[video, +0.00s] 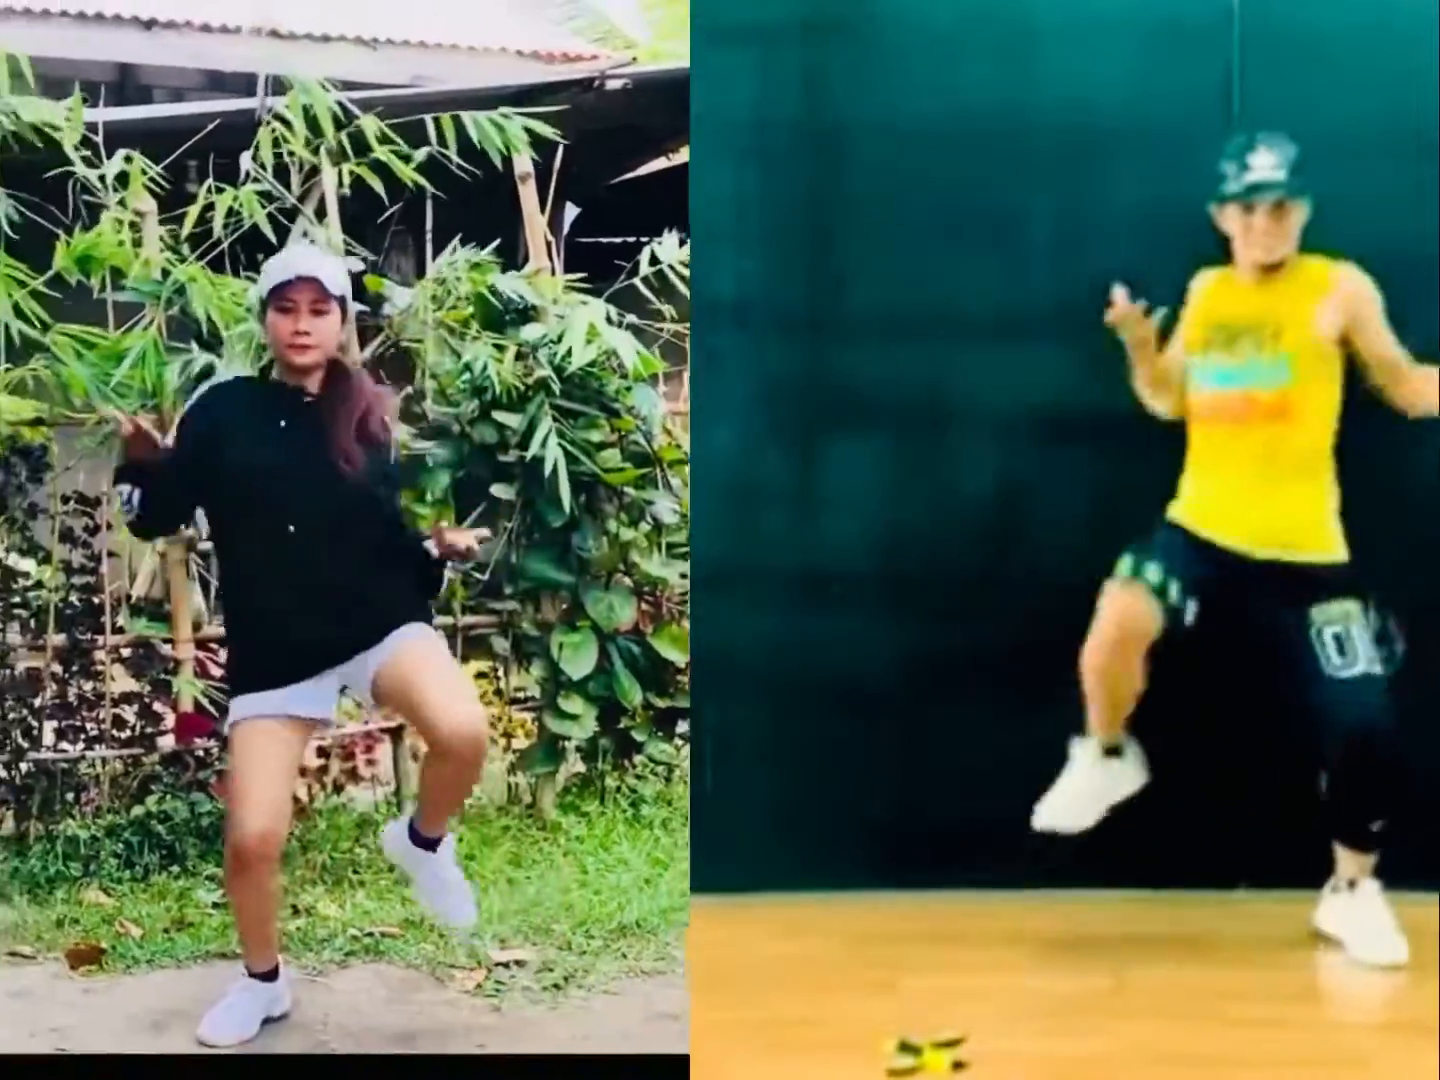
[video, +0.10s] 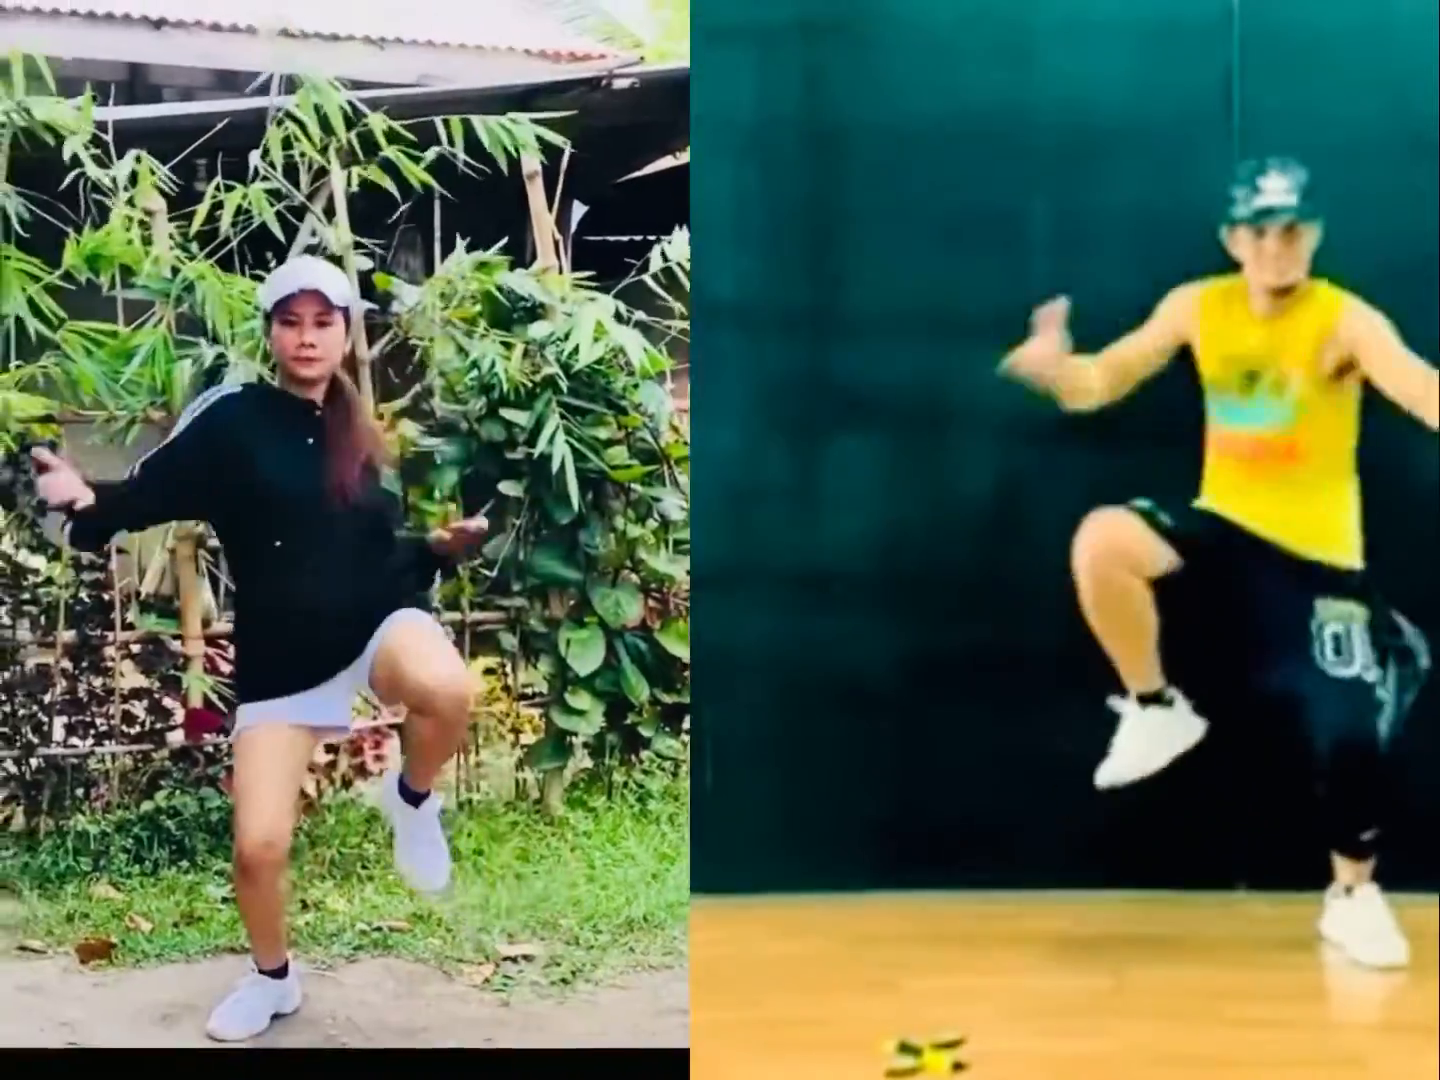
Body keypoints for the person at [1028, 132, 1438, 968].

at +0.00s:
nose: (1266, 222)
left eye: (1280, 206)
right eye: (1250, 208)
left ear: (1304, 212)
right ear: (1222, 216)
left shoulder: (1341, 288)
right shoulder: (1205, 294)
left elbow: (1405, 385)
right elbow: (1168, 398)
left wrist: (1426, 379)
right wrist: (1140, 346)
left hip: (1304, 540)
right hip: (1201, 527)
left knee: (1363, 719)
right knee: (1114, 630)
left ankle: (1351, 889)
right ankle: (1105, 755)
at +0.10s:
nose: (1278, 249)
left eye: (1293, 231)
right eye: (1261, 232)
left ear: (1315, 237)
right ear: (1233, 240)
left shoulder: (1347, 321)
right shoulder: (1195, 308)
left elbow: (1423, 394)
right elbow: (1102, 381)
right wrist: (1050, 364)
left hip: (1321, 553)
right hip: (1221, 529)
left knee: (1350, 736)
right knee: (1103, 544)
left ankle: (1353, 892)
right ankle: (1152, 708)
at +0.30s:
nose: (1272, 238)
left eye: (1285, 220)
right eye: (1255, 221)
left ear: (1309, 221)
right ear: (1228, 228)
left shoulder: (1344, 289)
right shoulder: (1198, 308)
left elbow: (1380, 382)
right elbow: (1180, 416)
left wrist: (1422, 380)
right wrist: (1107, 397)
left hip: (1317, 558)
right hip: (1208, 543)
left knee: (1365, 727)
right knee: (1070, 652)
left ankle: (1353, 892)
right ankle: (1071, 792)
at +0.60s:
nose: (1179, 321)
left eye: (1195, 303)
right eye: (1163, 303)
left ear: (1220, 310)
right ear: (1140, 310)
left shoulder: (1252, 381)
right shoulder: (1108, 381)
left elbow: (1329, 457)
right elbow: (1002, 433)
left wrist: (1415, 494)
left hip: (1238, 619)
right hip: (1128, 616)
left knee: (1320, 740)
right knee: (1048, 779)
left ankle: (1351, 895)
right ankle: (1015, 887)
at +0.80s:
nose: (1141, 221)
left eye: (1157, 206)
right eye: (1128, 204)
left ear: (1180, 214)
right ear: (1101, 210)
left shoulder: (1202, 289)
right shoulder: (1059, 289)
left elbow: (1222, 393)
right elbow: (1005, 375)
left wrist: (1272, 355)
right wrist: (971, 348)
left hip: (1192, 546)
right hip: (1082, 549)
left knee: (1295, 689)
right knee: (1028, 728)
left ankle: (1344, 863)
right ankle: (1010, 879)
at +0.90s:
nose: (1126, 193)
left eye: (1141, 178)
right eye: (1111, 177)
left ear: (1163, 187)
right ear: (1083, 184)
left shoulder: (1184, 273)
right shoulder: (1041, 261)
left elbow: (1220, 392)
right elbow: (964, 334)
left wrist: (1315, 343)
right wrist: (979, 281)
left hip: (1183, 509)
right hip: (1077, 523)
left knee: (1300, 607)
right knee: (1040, 710)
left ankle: (1279, 793)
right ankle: (1017, 869)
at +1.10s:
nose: (1121, 255)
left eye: (1137, 237)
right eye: (1106, 237)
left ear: (1163, 241)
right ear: (1085, 239)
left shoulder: (1188, 307)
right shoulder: (1044, 301)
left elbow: (1283, 352)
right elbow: (920, 309)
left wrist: (1342, 323)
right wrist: (832, 253)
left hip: (1159, 536)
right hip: (1059, 551)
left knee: (1288, 543)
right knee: (1040, 733)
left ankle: (1231, 714)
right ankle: (1020, 880)